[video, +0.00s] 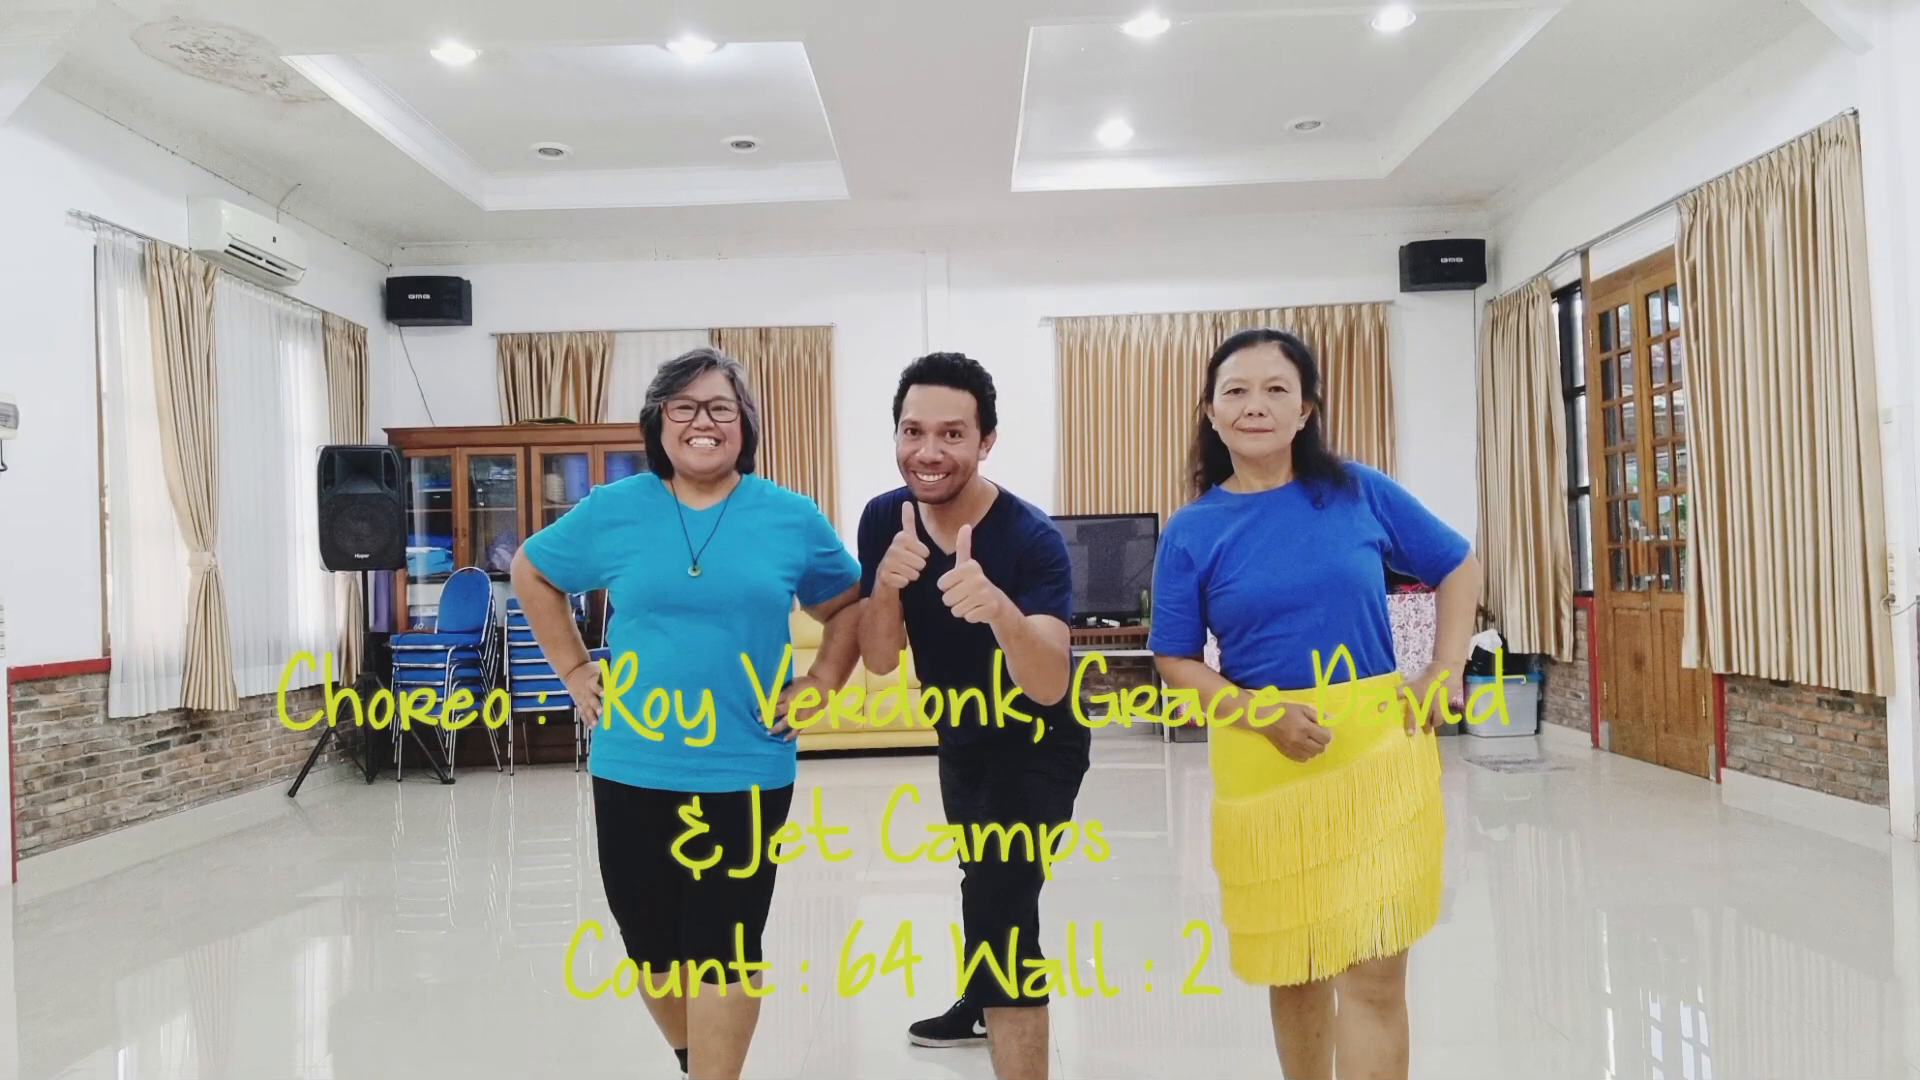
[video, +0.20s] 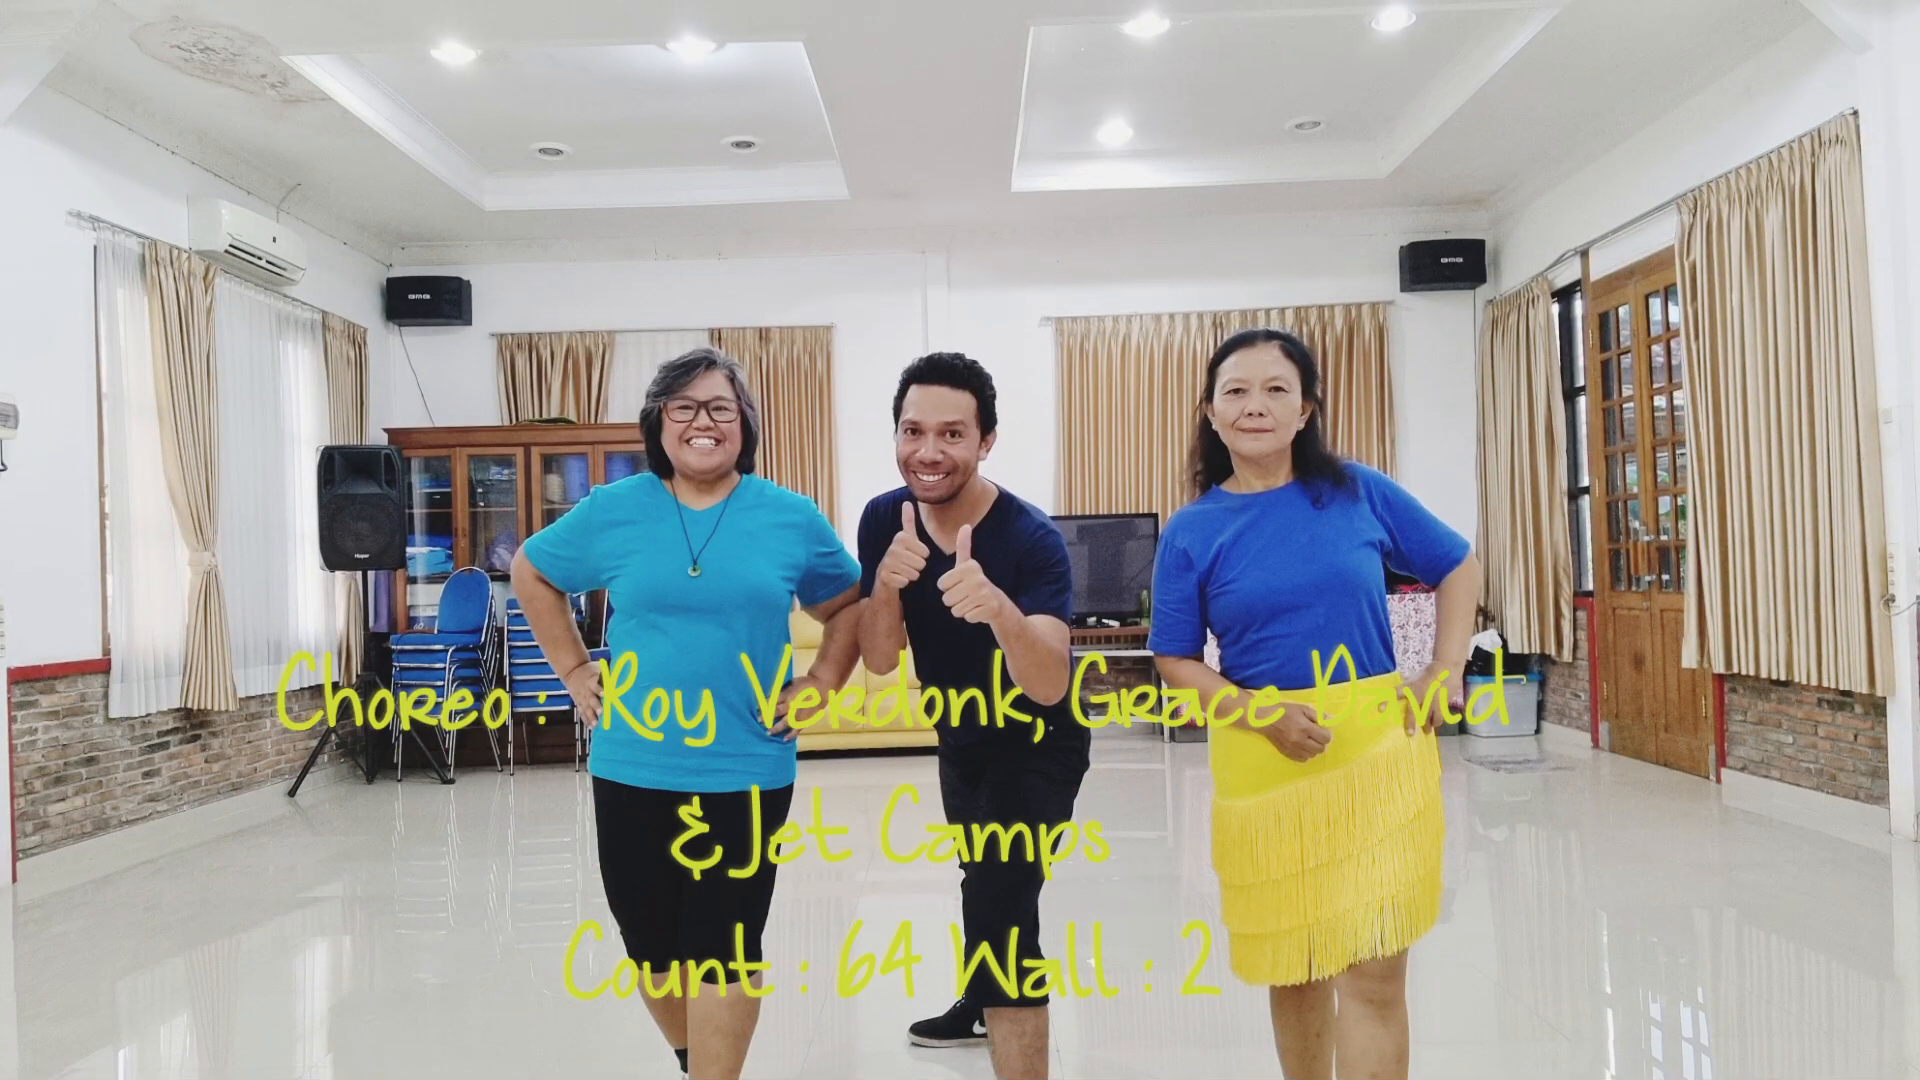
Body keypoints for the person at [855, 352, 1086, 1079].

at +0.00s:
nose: (930, 453)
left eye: (951, 436)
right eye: (915, 434)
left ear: (986, 445)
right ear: (896, 439)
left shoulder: (1031, 541)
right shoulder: (886, 521)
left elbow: (1049, 684)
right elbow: (880, 660)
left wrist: (1001, 612)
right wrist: (883, 589)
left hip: (1039, 743)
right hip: (961, 741)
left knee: (1002, 924)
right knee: (981, 879)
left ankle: (1023, 1070)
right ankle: (985, 1003)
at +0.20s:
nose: (929, 453)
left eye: (951, 436)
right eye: (914, 433)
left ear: (986, 444)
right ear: (896, 438)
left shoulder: (1031, 541)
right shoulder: (885, 521)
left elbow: (1050, 684)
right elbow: (880, 660)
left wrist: (1002, 613)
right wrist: (883, 588)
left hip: (1039, 742)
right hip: (960, 741)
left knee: (1001, 921)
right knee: (981, 878)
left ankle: (1023, 1071)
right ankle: (985, 1002)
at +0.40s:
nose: (930, 453)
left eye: (951, 436)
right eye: (914, 433)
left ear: (986, 444)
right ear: (896, 439)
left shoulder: (1031, 541)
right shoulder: (885, 521)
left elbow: (1050, 684)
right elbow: (880, 660)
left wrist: (1001, 612)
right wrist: (883, 589)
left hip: (1039, 743)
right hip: (961, 741)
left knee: (1002, 923)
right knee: (981, 878)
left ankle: (1023, 1070)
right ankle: (986, 1003)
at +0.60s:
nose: (929, 453)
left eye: (951, 436)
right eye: (914, 433)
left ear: (986, 444)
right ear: (896, 438)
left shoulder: (1031, 541)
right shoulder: (885, 521)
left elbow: (1050, 684)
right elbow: (880, 660)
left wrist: (1002, 613)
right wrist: (883, 588)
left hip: (1040, 742)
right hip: (960, 740)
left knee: (1001, 920)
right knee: (981, 878)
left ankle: (1023, 1071)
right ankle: (985, 1002)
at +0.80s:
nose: (929, 453)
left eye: (951, 436)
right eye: (914, 433)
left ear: (986, 444)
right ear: (896, 438)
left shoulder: (1031, 541)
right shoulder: (886, 521)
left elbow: (1050, 684)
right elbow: (880, 660)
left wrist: (1002, 613)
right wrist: (883, 588)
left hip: (1040, 742)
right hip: (960, 741)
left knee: (1001, 920)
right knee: (981, 878)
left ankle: (1023, 1070)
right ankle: (985, 1002)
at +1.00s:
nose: (930, 453)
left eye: (952, 436)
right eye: (914, 433)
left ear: (986, 444)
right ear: (896, 439)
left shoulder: (1031, 541)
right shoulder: (885, 521)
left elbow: (1050, 684)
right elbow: (880, 660)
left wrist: (1001, 612)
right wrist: (883, 589)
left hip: (1039, 743)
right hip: (961, 741)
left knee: (1001, 923)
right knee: (981, 878)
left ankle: (1023, 1070)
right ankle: (985, 1003)